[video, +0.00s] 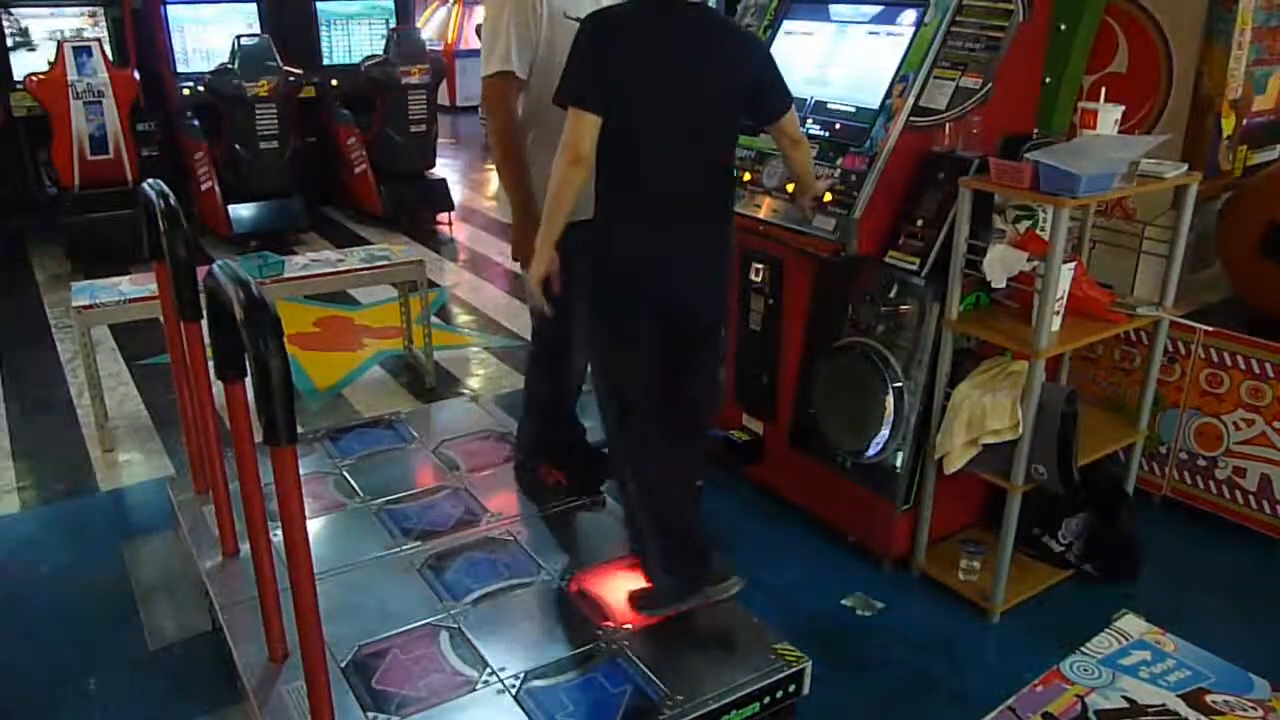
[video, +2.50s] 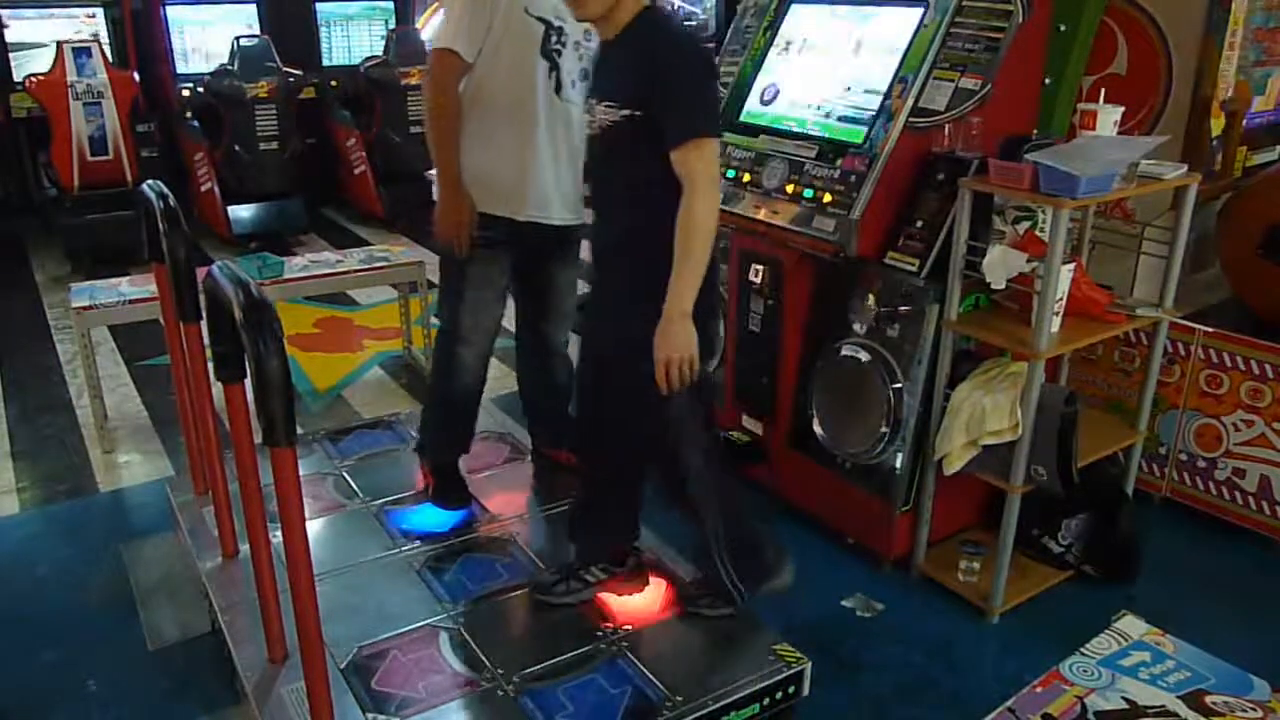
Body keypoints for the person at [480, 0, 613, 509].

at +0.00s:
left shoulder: (631, 11)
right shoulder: (522, 3)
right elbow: (498, 105)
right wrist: (524, 217)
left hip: (613, 202)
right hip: (557, 206)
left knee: (583, 339)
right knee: (558, 341)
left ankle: (568, 451)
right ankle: (541, 458)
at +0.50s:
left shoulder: (614, 8)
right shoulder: (518, 2)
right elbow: (495, 104)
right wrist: (523, 215)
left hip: (598, 201)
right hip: (546, 208)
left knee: (578, 336)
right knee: (554, 339)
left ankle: (566, 441)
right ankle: (537, 456)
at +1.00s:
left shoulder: (613, 9)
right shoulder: (524, 2)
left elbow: (605, 103)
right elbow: (487, 91)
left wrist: (612, 189)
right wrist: (512, 198)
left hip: (583, 203)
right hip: (529, 202)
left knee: (566, 334)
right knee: (530, 335)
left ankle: (556, 440)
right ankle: (499, 447)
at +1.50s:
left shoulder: (609, 11)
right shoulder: (516, 1)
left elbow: (607, 103)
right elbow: (482, 84)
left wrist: (662, 149)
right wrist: (506, 193)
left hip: (586, 204)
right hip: (523, 202)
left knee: (566, 338)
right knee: (506, 337)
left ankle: (556, 445)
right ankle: (451, 445)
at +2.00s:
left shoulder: (617, 11)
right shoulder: (519, 1)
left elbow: (612, 110)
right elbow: (478, 83)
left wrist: (673, 157)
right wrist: (495, 190)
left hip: (582, 203)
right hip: (517, 198)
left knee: (562, 337)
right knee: (489, 334)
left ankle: (557, 440)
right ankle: (432, 447)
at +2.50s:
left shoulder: (589, 16)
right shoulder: (487, 3)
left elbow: (590, 108)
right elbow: (441, 76)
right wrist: (450, 189)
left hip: (558, 207)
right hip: (484, 204)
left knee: (551, 344)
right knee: (466, 349)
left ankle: (554, 448)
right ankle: (442, 464)